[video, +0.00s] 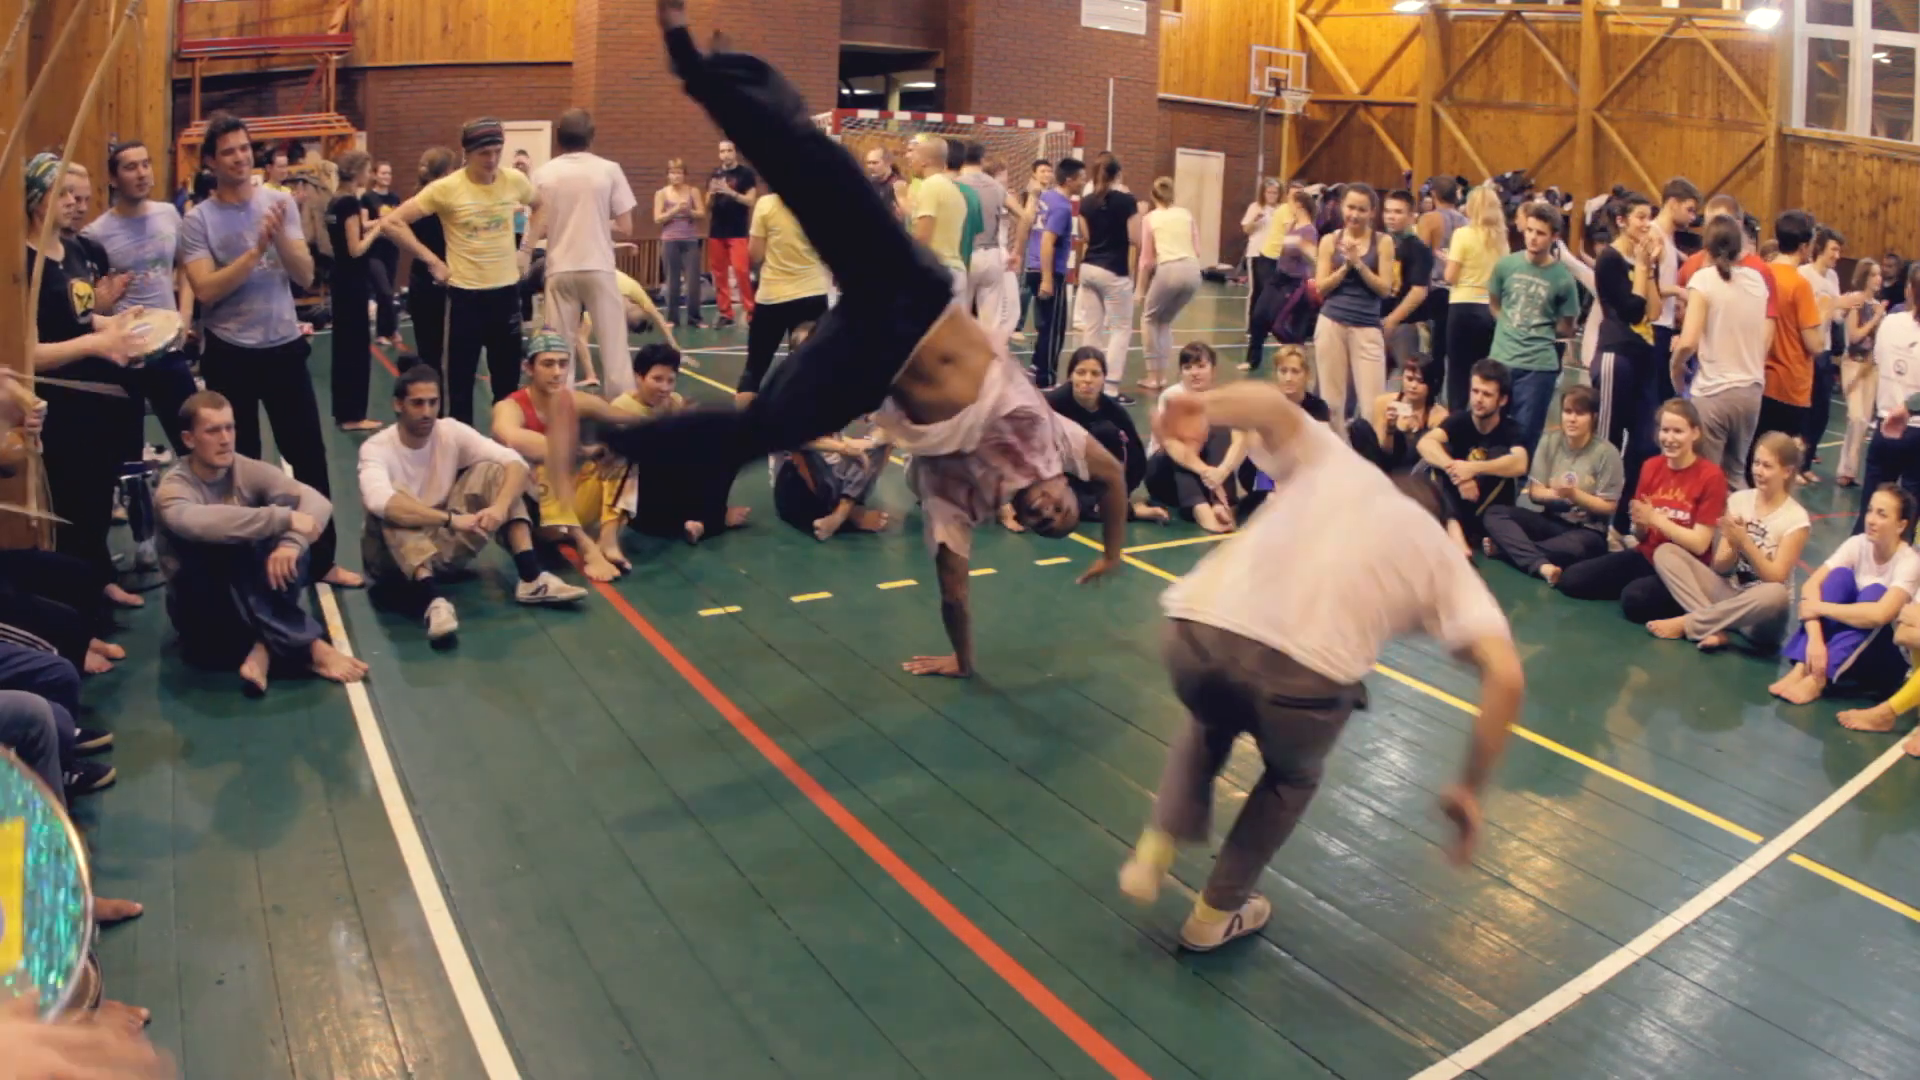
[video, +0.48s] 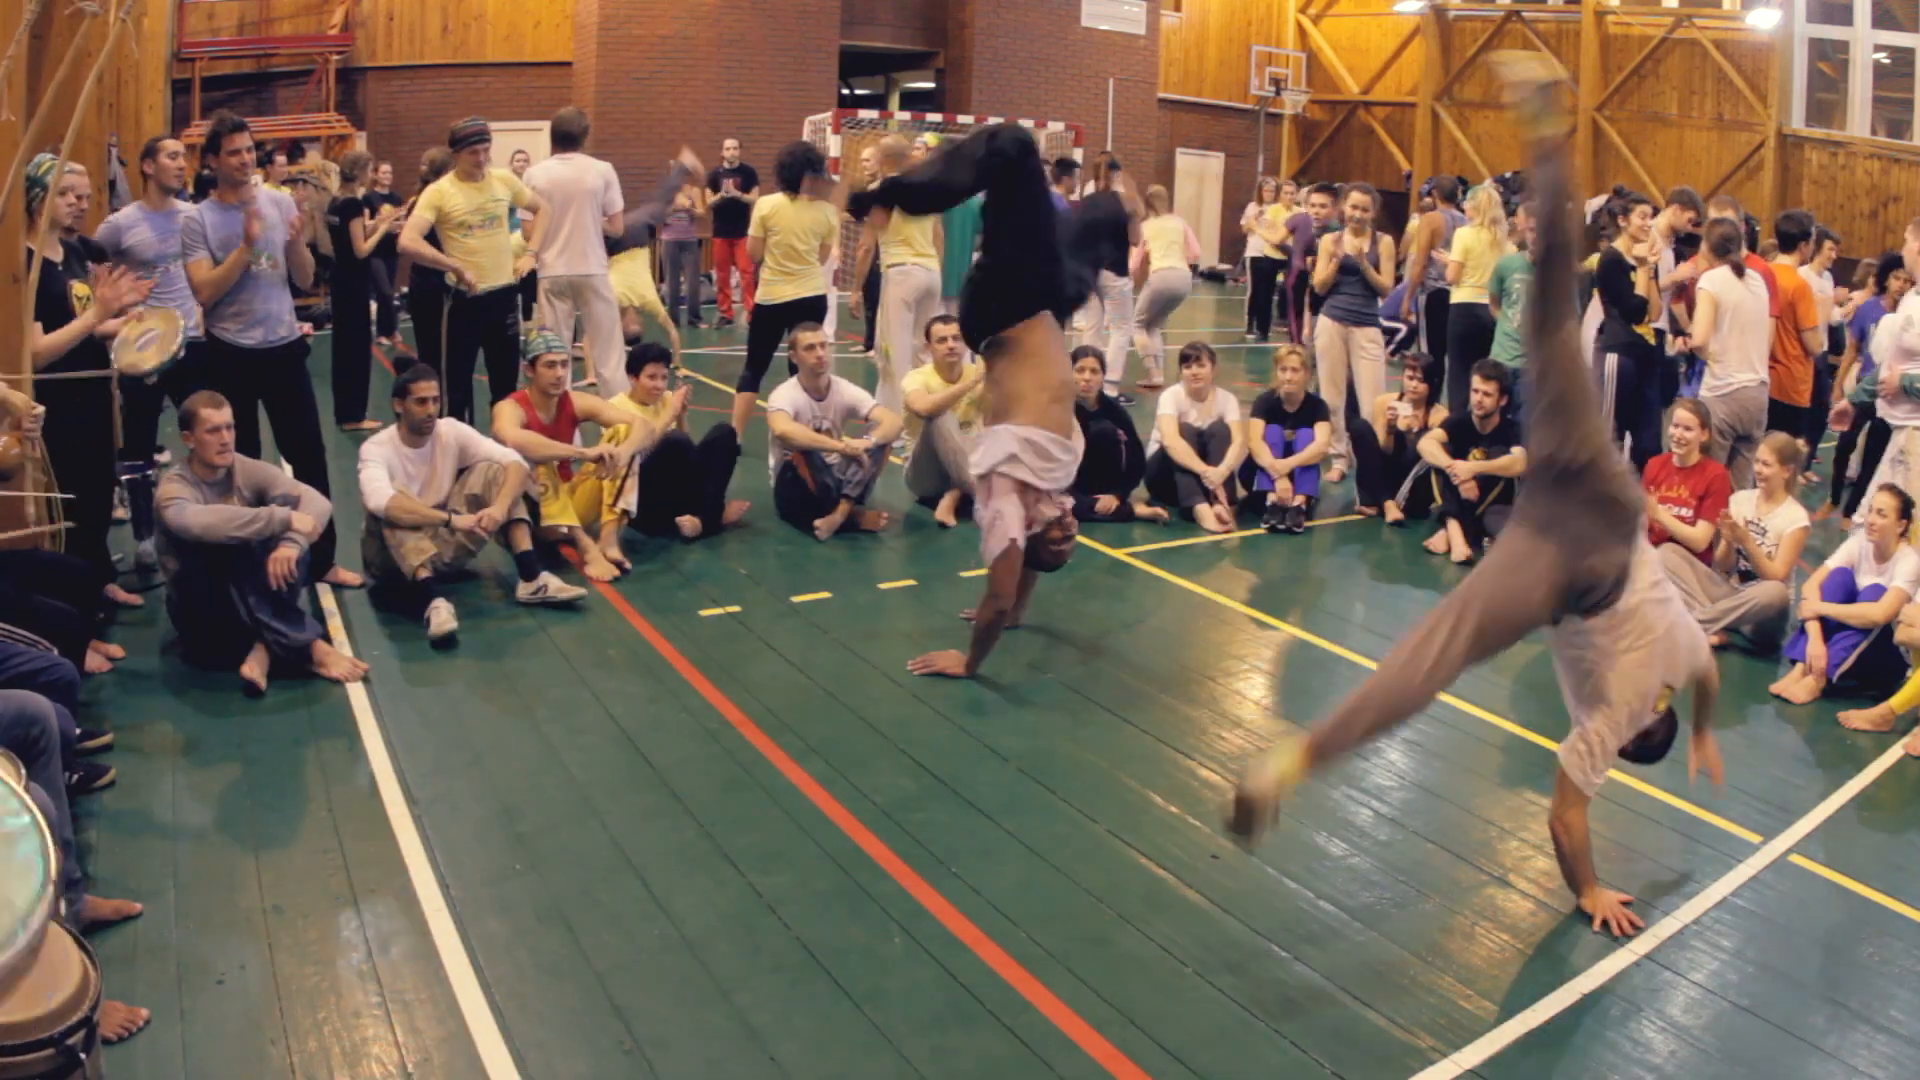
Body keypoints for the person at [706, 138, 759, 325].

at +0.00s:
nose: (725, 154)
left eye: (728, 151)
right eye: (722, 151)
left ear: (735, 153)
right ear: (718, 154)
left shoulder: (746, 173)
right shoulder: (715, 174)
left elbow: (751, 200)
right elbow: (708, 205)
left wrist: (729, 192)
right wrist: (712, 192)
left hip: (738, 232)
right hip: (717, 232)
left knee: (741, 271)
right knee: (719, 275)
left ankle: (750, 310)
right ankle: (724, 312)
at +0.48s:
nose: (731, 152)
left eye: (734, 148)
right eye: (727, 149)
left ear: (740, 151)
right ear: (722, 152)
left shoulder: (748, 172)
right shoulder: (714, 174)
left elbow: (754, 198)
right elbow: (709, 202)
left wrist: (737, 194)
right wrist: (721, 195)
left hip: (743, 233)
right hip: (720, 233)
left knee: (747, 272)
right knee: (722, 276)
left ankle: (751, 311)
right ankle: (725, 313)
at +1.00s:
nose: (740, 153)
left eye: (744, 149)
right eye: (737, 150)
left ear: (751, 151)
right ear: (733, 152)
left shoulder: (760, 173)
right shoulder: (726, 173)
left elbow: (766, 200)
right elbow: (719, 200)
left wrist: (748, 193)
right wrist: (731, 193)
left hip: (752, 231)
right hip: (729, 232)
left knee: (753, 273)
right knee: (727, 274)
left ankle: (753, 312)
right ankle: (726, 312)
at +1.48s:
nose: (756, 158)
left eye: (760, 155)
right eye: (753, 155)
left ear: (766, 155)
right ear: (748, 155)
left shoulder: (770, 174)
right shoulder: (739, 173)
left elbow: (775, 201)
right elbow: (730, 200)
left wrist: (762, 197)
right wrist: (742, 196)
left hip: (761, 230)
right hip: (739, 230)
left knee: (758, 273)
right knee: (731, 270)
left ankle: (754, 311)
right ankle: (728, 309)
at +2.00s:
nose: (755, 158)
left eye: (759, 154)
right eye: (752, 154)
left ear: (765, 155)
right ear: (747, 155)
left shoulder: (773, 175)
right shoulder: (738, 176)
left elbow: (780, 199)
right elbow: (725, 200)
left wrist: (762, 206)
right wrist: (742, 207)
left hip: (766, 230)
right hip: (742, 231)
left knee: (764, 272)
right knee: (744, 274)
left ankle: (763, 312)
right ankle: (746, 313)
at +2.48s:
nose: (744, 158)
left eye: (747, 154)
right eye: (741, 155)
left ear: (755, 153)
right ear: (737, 157)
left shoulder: (767, 173)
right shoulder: (733, 175)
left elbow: (776, 197)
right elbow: (721, 194)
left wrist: (769, 216)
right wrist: (729, 214)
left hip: (763, 228)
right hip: (740, 230)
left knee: (762, 272)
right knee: (741, 274)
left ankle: (759, 309)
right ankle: (744, 312)